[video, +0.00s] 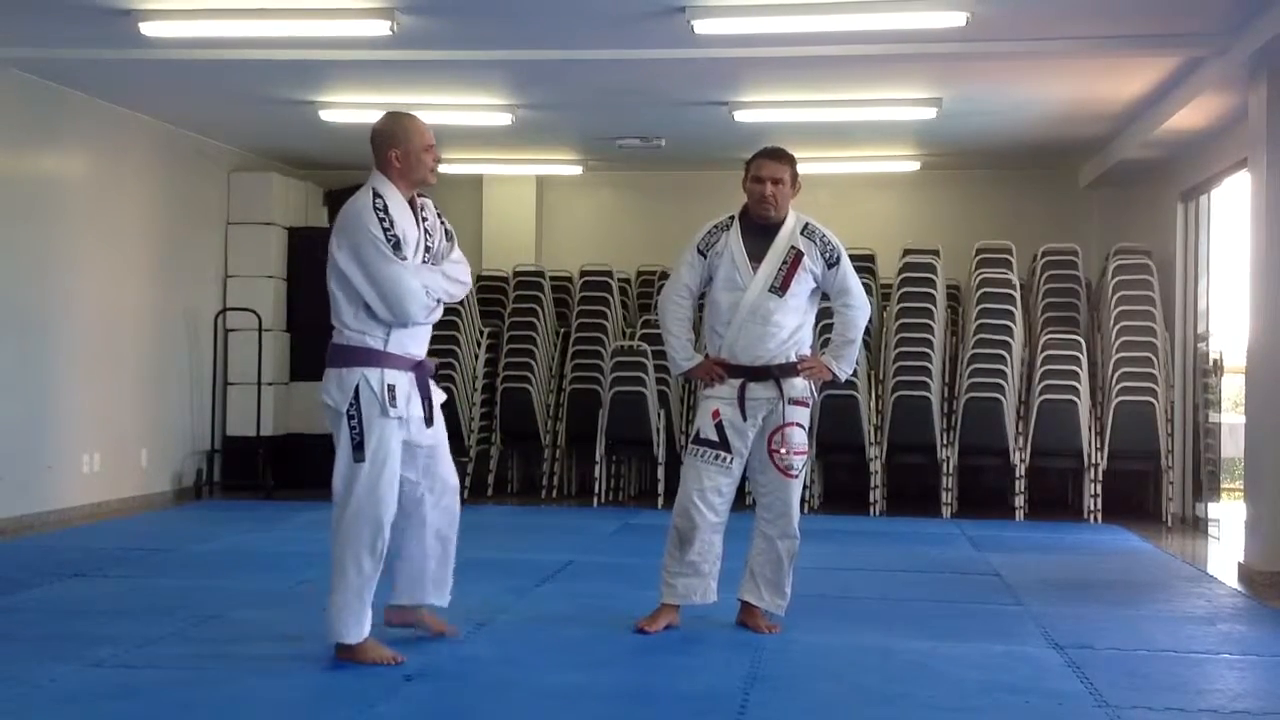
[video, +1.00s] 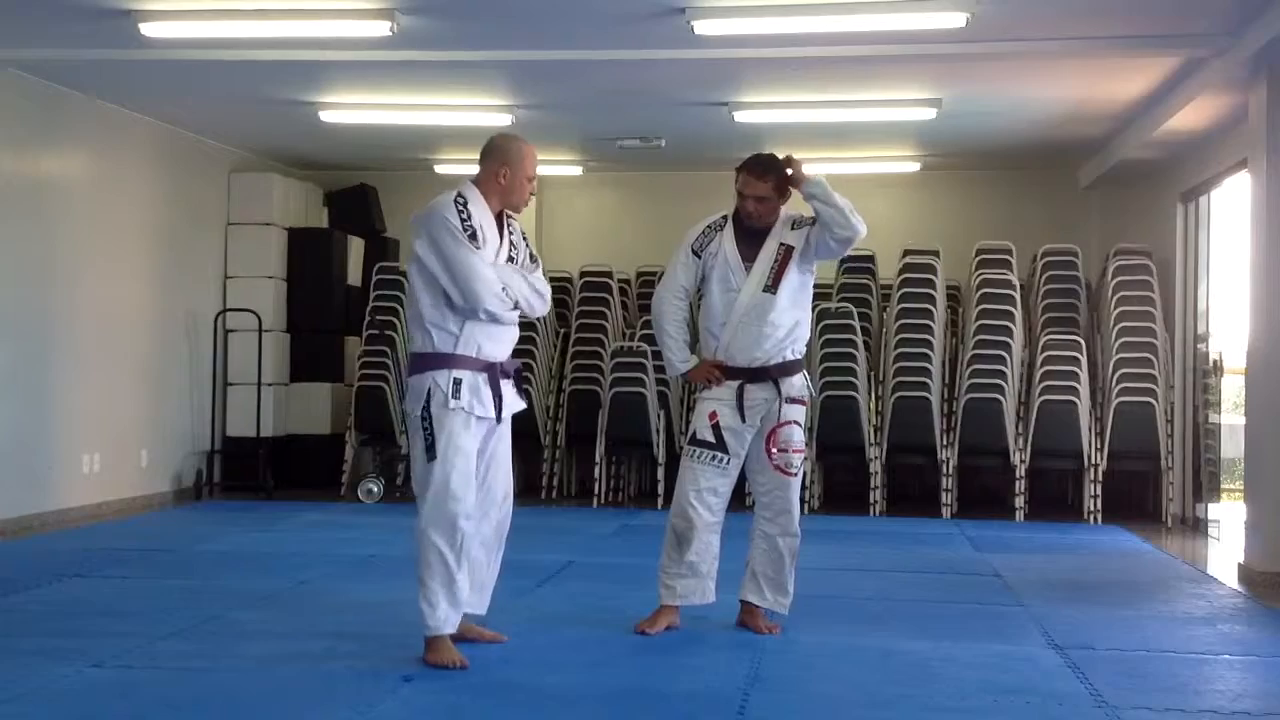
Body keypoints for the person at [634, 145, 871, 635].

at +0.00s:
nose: (767, 191)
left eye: (778, 183)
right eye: (758, 181)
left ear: (794, 189)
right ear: (744, 185)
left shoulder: (818, 244)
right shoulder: (713, 238)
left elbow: (854, 305)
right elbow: (674, 299)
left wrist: (836, 362)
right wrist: (688, 357)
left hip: (788, 391)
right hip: (722, 386)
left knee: (780, 507)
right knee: (696, 500)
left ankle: (756, 605)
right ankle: (672, 603)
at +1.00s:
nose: (750, 208)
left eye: (762, 201)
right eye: (744, 197)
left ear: (783, 200)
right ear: (735, 190)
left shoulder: (801, 236)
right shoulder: (708, 236)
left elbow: (850, 230)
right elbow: (668, 299)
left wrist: (805, 184)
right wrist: (686, 362)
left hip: (783, 387)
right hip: (720, 385)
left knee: (779, 505)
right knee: (693, 500)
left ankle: (755, 604)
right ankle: (671, 604)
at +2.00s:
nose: (750, 195)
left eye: (761, 188)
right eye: (746, 186)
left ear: (787, 193)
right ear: (741, 185)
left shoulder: (809, 236)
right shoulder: (715, 235)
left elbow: (851, 237)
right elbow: (675, 295)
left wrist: (813, 186)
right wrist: (686, 356)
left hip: (786, 386)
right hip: (722, 383)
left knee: (779, 505)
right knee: (695, 500)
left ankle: (755, 606)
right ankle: (672, 604)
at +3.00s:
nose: (741, 201)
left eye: (752, 195)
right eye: (739, 191)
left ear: (781, 197)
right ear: (735, 187)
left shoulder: (808, 236)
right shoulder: (715, 236)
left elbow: (862, 259)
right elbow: (675, 299)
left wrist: (815, 212)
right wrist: (687, 358)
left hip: (786, 388)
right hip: (722, 385)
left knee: (780, 506)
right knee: (696, 502)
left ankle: (755, 606)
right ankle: (672, 604)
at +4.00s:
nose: (764, 195)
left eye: (772, 185)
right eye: (753, 186)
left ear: (787, 188)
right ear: (735, 189)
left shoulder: (813, 239)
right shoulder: (706, 241)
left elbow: (853, 291)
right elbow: (670, 305)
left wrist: (832, 346)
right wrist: (687, 362)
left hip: (787, 390)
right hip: (721, 388)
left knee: (779, 506)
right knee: (694, 501)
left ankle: (755, 606)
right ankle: (671, 606)